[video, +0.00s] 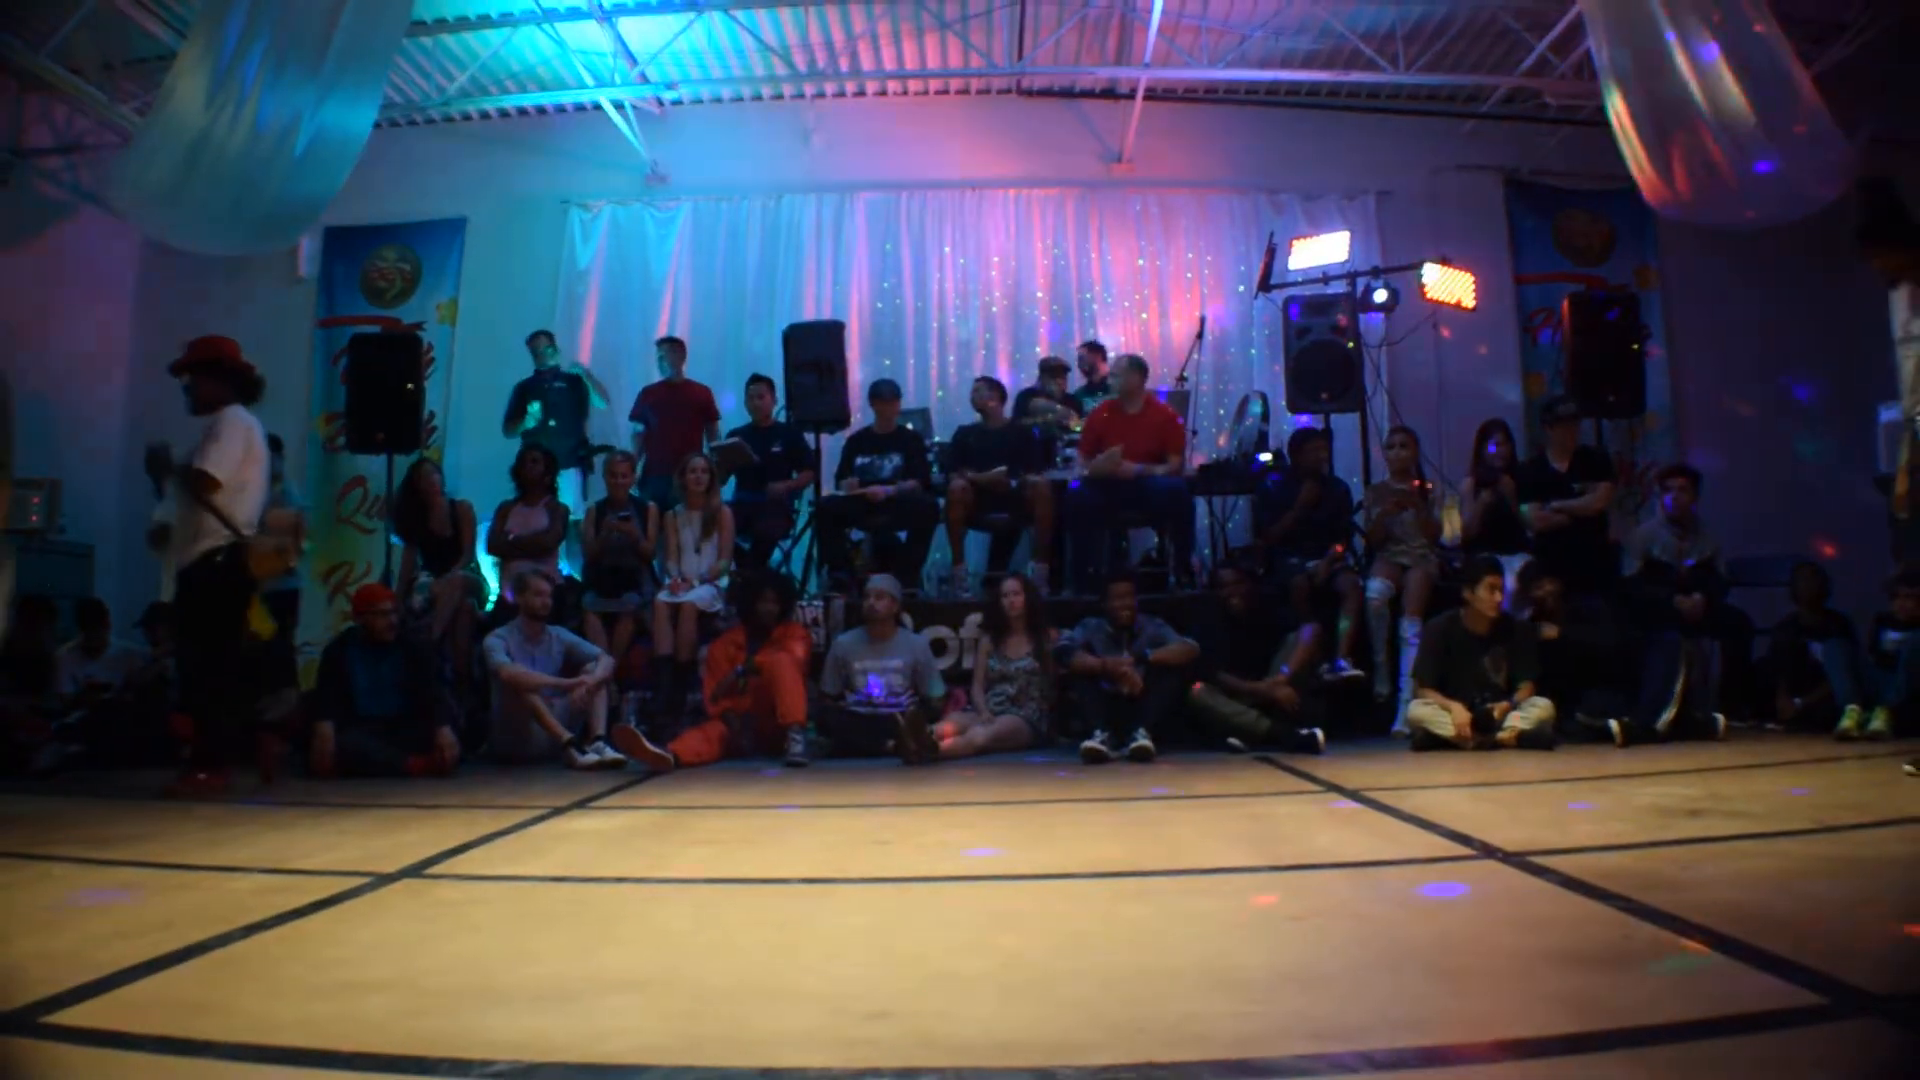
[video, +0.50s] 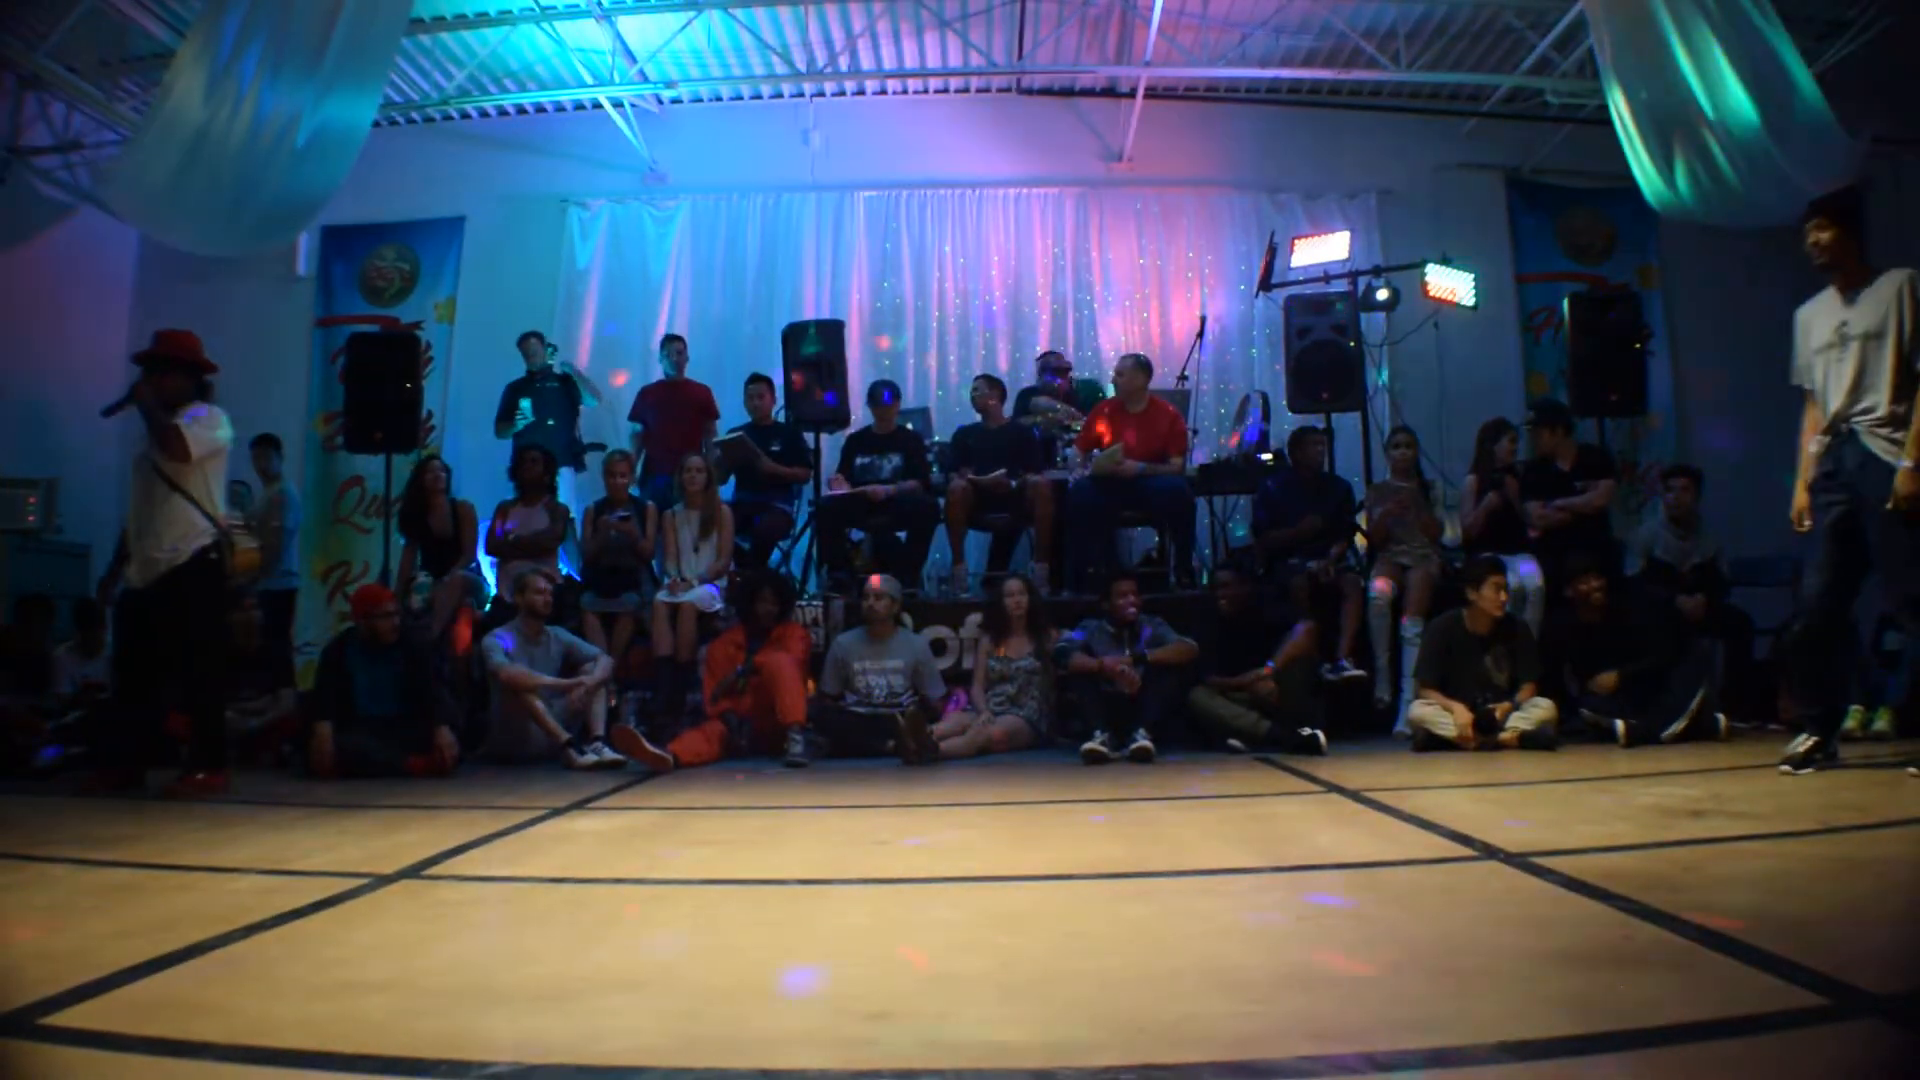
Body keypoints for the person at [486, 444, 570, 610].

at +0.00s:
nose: (527, 467)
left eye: (534, 462)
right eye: (523, 462)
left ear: (547, 472)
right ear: (517, 470)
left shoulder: (557, 509)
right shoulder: (506, 508)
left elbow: (551, 541)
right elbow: (493, 546)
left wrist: (511, 541)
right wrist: (535, 548)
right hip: (510, 589)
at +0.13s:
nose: (526, 467)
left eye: (533, 462)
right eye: (522, 462)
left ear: (546, 471)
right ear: (516, 470)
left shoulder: (556, 509)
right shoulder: (505, 508)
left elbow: (553, 539)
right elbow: (491, 546)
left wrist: (509, 542)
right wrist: (534, 549)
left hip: (545, 591)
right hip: (508, 592)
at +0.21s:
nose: (526, 467)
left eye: (533, 462)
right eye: (522, 462)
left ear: (546, 472)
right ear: (515, 469)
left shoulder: (557, 509)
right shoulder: (505, 507)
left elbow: (553, 539)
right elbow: (491, 546)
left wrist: (510, 541)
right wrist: (535, 547)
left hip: (545, 592)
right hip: (508, 591)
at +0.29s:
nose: (526, 467)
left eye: (533, 462)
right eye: (521, 462)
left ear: (546, 471)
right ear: (515, 469)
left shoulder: (557, 509)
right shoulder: (505, 507)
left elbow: (555, 538)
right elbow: (491, 546)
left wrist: (512, 541)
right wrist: (535, 548)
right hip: (508, 589)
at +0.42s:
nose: (527, 467)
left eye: (533, 462)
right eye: (522, 462)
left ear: (546, 470)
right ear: (515, 469)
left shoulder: (557, 509)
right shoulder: (505, 507)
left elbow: (555, 538)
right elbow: (491, 546)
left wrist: (511, 541)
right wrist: (536, 548)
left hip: (545, 588)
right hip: (508, 589)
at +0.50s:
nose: (528, 468)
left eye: (534, 462)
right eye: (523, 462)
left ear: (547, 471)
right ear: (516, 469)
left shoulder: (557, 509)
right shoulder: (504, 508)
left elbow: (555, 538)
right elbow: (491, 546)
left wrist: (512, 541)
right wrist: (535, 548)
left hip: (544, 595)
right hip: (507, 594)